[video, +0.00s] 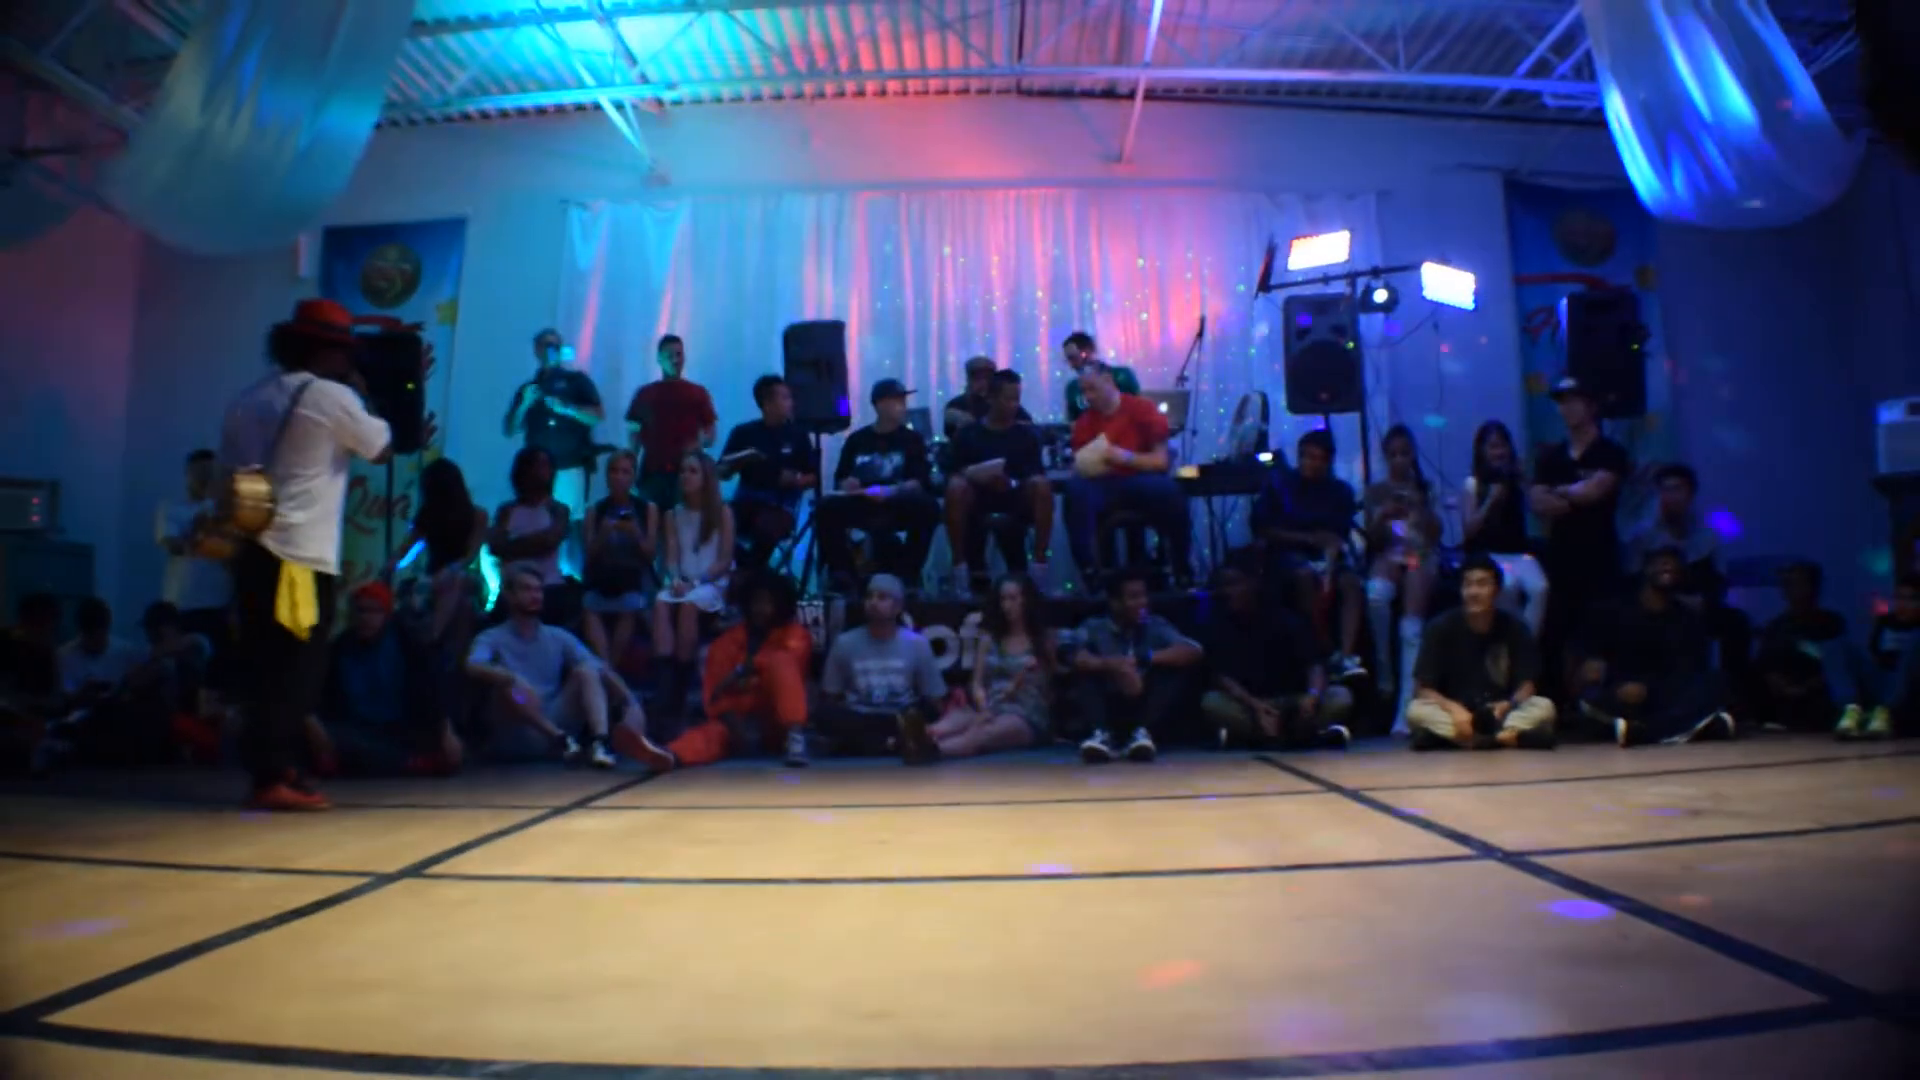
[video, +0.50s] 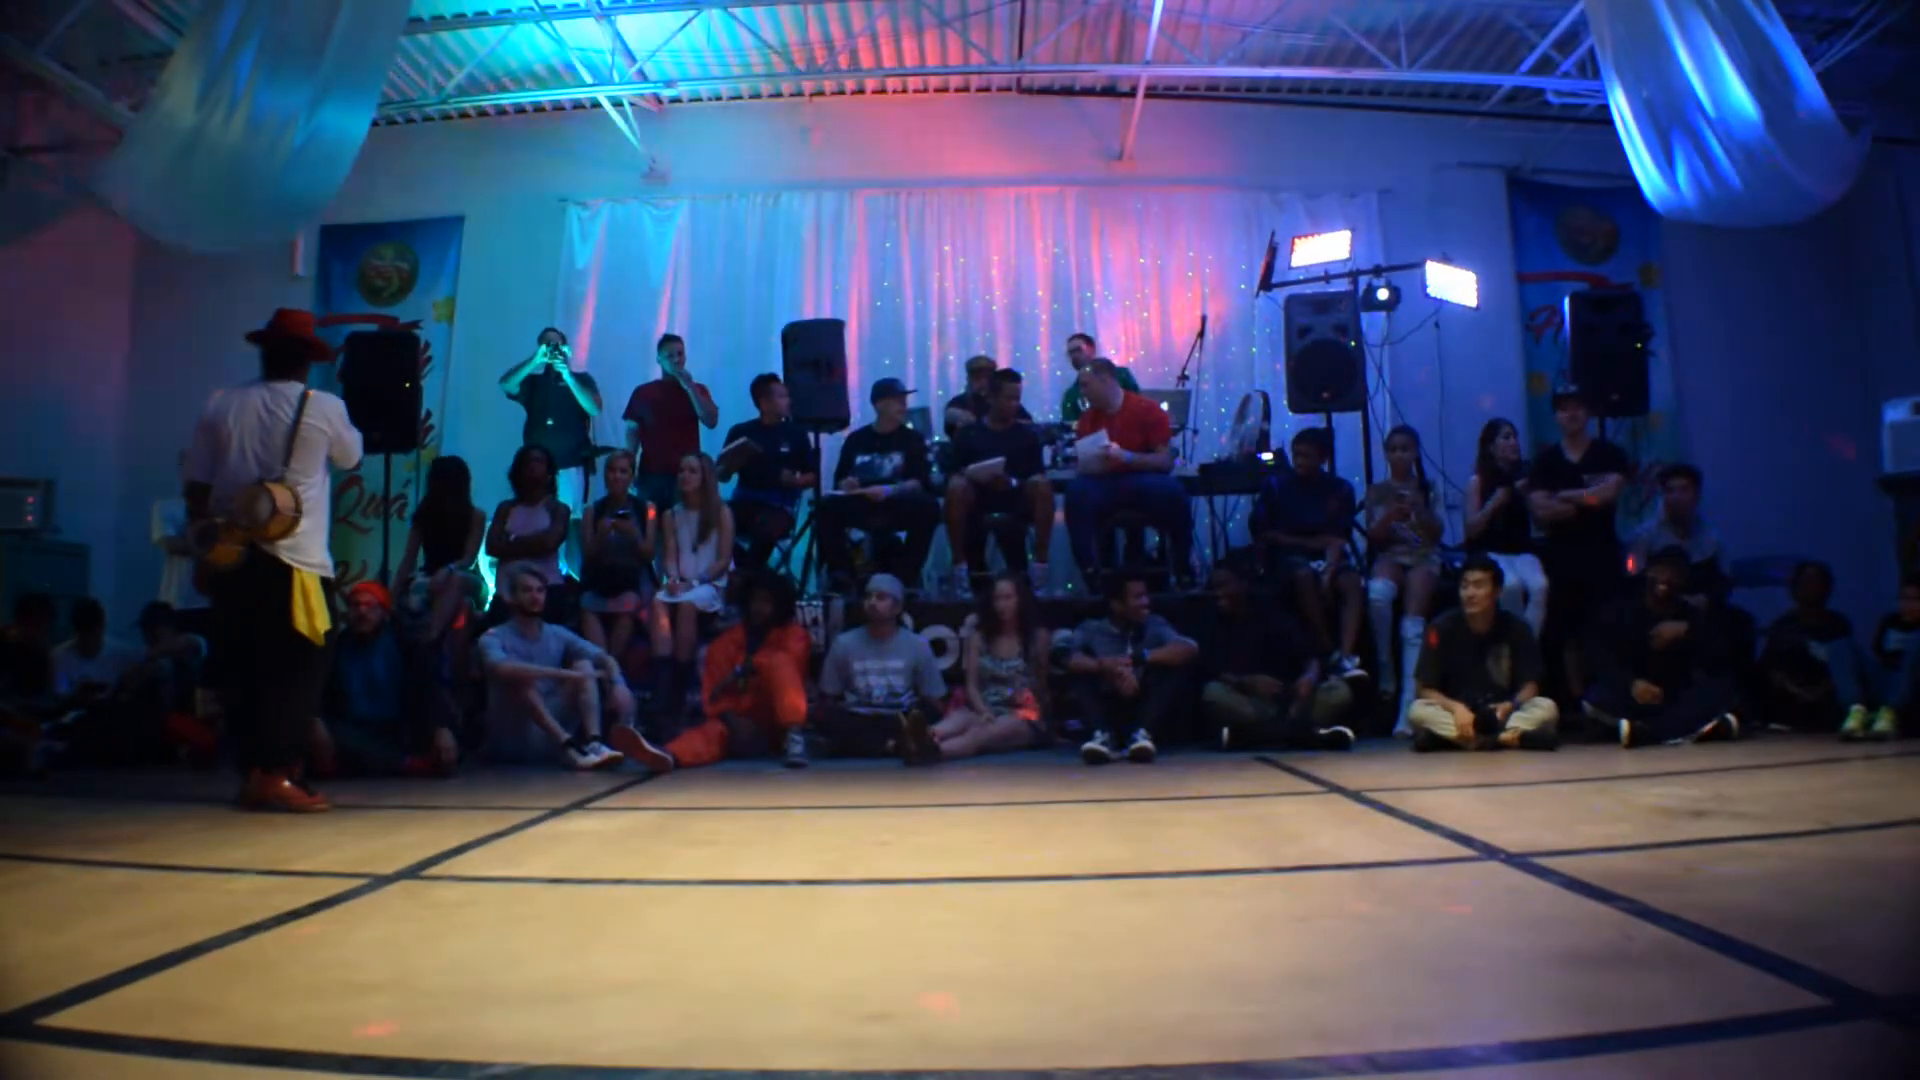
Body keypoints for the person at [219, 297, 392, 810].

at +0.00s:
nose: (348, 361)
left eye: (347, 351)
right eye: (342, 351)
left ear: (290, 347)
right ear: (325, 351)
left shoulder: (250, 400)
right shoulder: (327, 398)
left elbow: (231, 471)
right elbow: (379, 443)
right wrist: (360, 391)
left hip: (253, 554)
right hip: (301, 559)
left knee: (265, 670)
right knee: (296, 673)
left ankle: (272, 775)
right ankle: (278, 778)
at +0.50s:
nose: (311, 365)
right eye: (311, 359)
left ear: (263, 357)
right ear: (308, 361)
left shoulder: (223, 406)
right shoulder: (323, 408)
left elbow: (196, 482)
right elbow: (350, 458)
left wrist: (202, 535)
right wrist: (320, 416)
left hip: (234, 563)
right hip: (297, 568)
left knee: (244, 669)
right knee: (296, 673)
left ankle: (255, 775)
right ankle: (277, 776)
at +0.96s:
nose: (240, 368)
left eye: (239, 362)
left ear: (236, 365)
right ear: (286, 367)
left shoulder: (214, 412)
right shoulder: (313, 417)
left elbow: (182, 493)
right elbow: (325, 485)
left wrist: (173, 562)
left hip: (228, 564)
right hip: (289, 566)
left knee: (235, 670)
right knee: (287, 667)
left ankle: (256, 773)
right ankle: (293, 769)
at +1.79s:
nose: (219, 386)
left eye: (222, 378)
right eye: (219, 379)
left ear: (235, 378)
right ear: (270, 379)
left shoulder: (234, 416)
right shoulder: (292, 429)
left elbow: (205, 483)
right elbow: (297, 498)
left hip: (232, 561)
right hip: (278, 562)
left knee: (211, 660)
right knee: (272, 668)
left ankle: (214, 764)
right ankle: (272, 765)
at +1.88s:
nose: (210, 388)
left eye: (215, 379)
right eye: (211, 379)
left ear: (232, 378)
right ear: (261, 379)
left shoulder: (235, 416)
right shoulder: (284, 430)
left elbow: (207, 484)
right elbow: (282, 500)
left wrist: (242, 522)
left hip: (225, 564)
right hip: (268, 564)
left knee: (205, 665)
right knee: (269, 670)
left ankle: (207, 767)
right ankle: (273, 768)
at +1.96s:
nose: (204, 389)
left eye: (209, 380)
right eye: (204, 380)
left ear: (228, 380)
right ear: (251, 381)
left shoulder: (233, 418)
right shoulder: (271, 428)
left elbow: (207, 485)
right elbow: (270, 498)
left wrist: (178, 498)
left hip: (221, 564)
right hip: (259, 563)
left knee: (205, 667)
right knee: (265, 667)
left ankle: (207, 766)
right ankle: (272, 767)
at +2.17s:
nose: (189, 391)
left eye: (196, 381)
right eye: (189, 382)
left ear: (218, 382)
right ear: (223, 384)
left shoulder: (234, 422)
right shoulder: (229, 425)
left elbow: (205, 483)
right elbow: (207, 492)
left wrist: (168, 470)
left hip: (217, 565)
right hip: (210, 566)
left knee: (207, 667)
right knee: (208, 667)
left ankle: (211, 764)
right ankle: (213, 760)